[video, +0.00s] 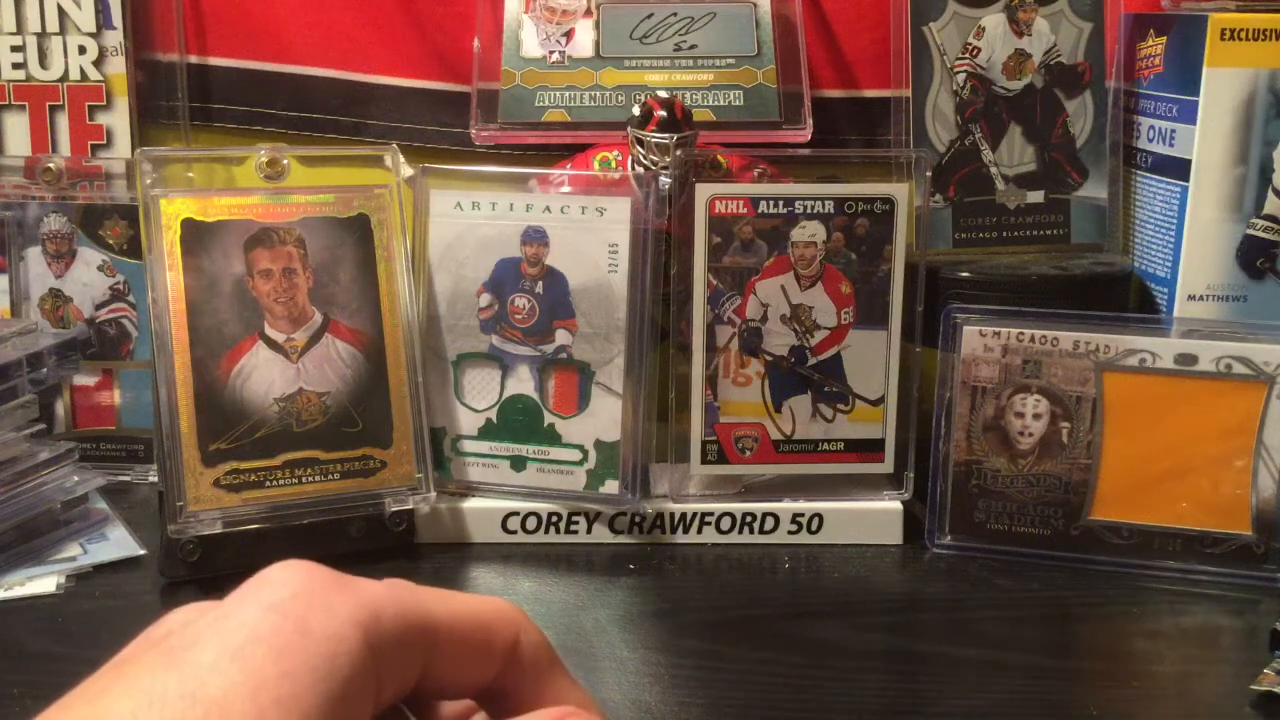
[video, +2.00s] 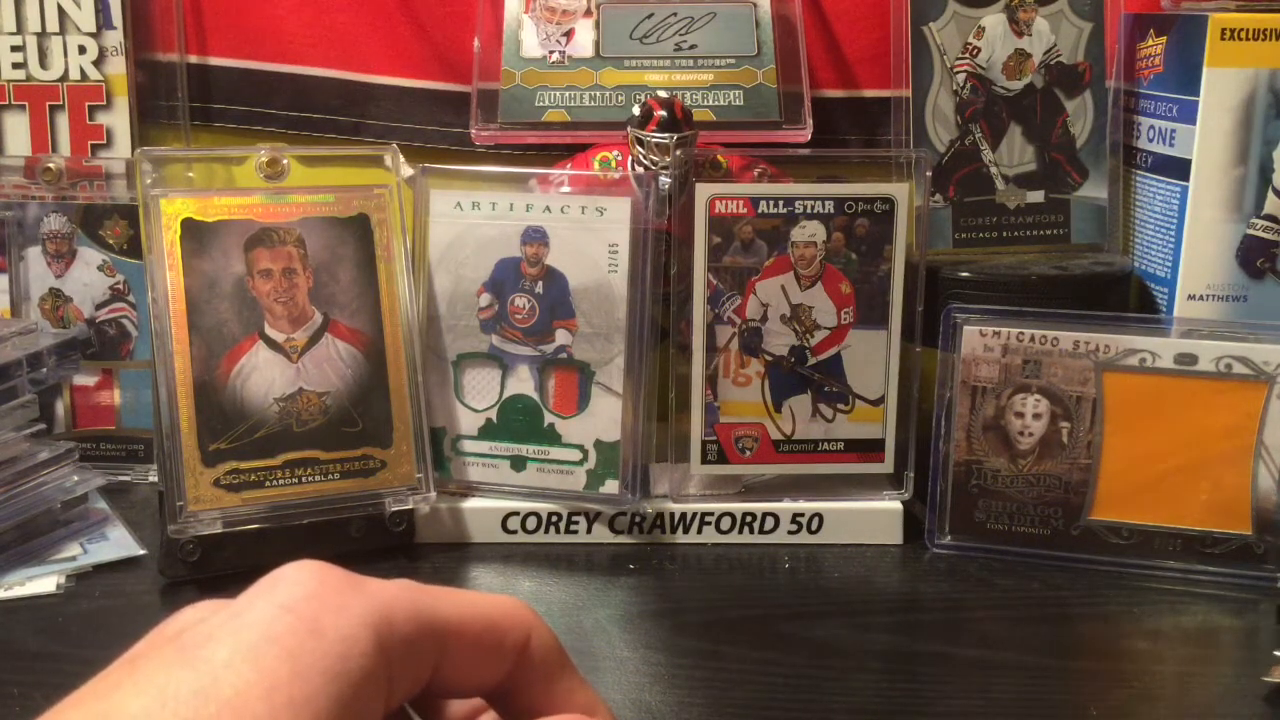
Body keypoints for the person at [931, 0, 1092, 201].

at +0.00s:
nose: (1030, 17)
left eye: (1033, 11)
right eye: (1024, 11)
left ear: (1037, 10)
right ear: (1011, 9)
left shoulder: (1041, 27)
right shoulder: (990, 26)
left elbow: (1051, 56)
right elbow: (965, 63)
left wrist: (1064, 75)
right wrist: (968, 97)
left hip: (1025, 92)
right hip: (992, 94)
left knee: (1055, 120)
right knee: (979, 139)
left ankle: (1063, 174)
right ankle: (944, 183)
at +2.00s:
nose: (1030, 16)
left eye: (1033, 11)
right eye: (1024, 11)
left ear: (1037, 10)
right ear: (1011, 9)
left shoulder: (1041, 28)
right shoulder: (990, 26)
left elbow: (1051, 62)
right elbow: (965, 63)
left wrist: (1069, 75)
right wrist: (970, 99)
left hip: (1026, 91)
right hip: (992, 93)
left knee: (1056, 124)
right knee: (980, 138)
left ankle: (1063, 176)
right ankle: (942, 184)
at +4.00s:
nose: (1029, 16)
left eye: (1033, 10)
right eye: (1023, 10)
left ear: (1037, 11)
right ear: (1010, 9)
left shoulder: (1041, 27)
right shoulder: (990, 26)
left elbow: (1050, 63)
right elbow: (965, 62)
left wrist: (1069, 75)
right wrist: (970, 97)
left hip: (1025, 92)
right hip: (992, 93)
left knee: (1055, 118)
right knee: (982, 136)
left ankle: (1062, 174)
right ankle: (943, 182)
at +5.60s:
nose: (1030, 16)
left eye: (1033, 10)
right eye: (1024, 10)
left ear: (1037, 10)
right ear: (1011, 9)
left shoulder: (1041, 27)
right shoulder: (990, 26)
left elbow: (1050, 59)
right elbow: (965, 62)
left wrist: (1068, 74)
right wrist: (969, 95)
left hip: (1027, 91)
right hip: (993, 93)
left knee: (1056, 121)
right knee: (980, 138)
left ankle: (1063, 175)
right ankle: (942, 185)